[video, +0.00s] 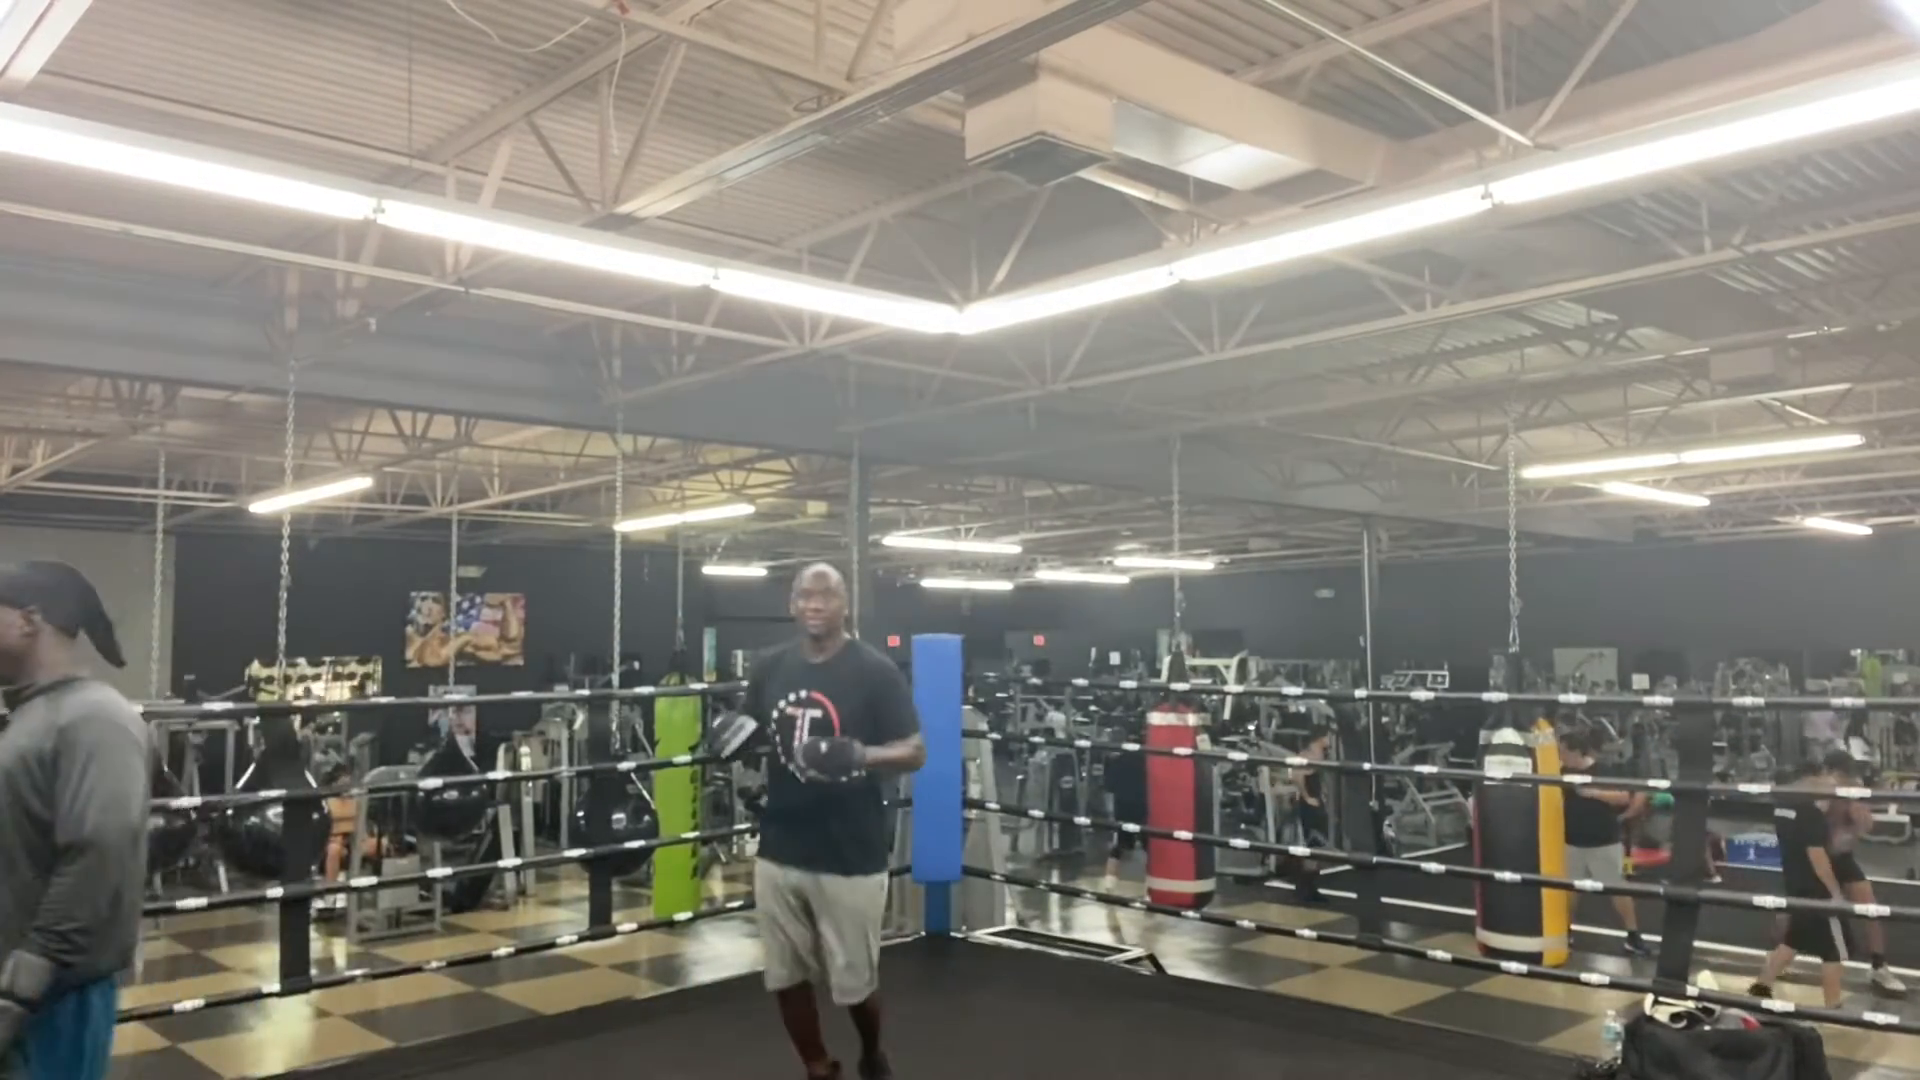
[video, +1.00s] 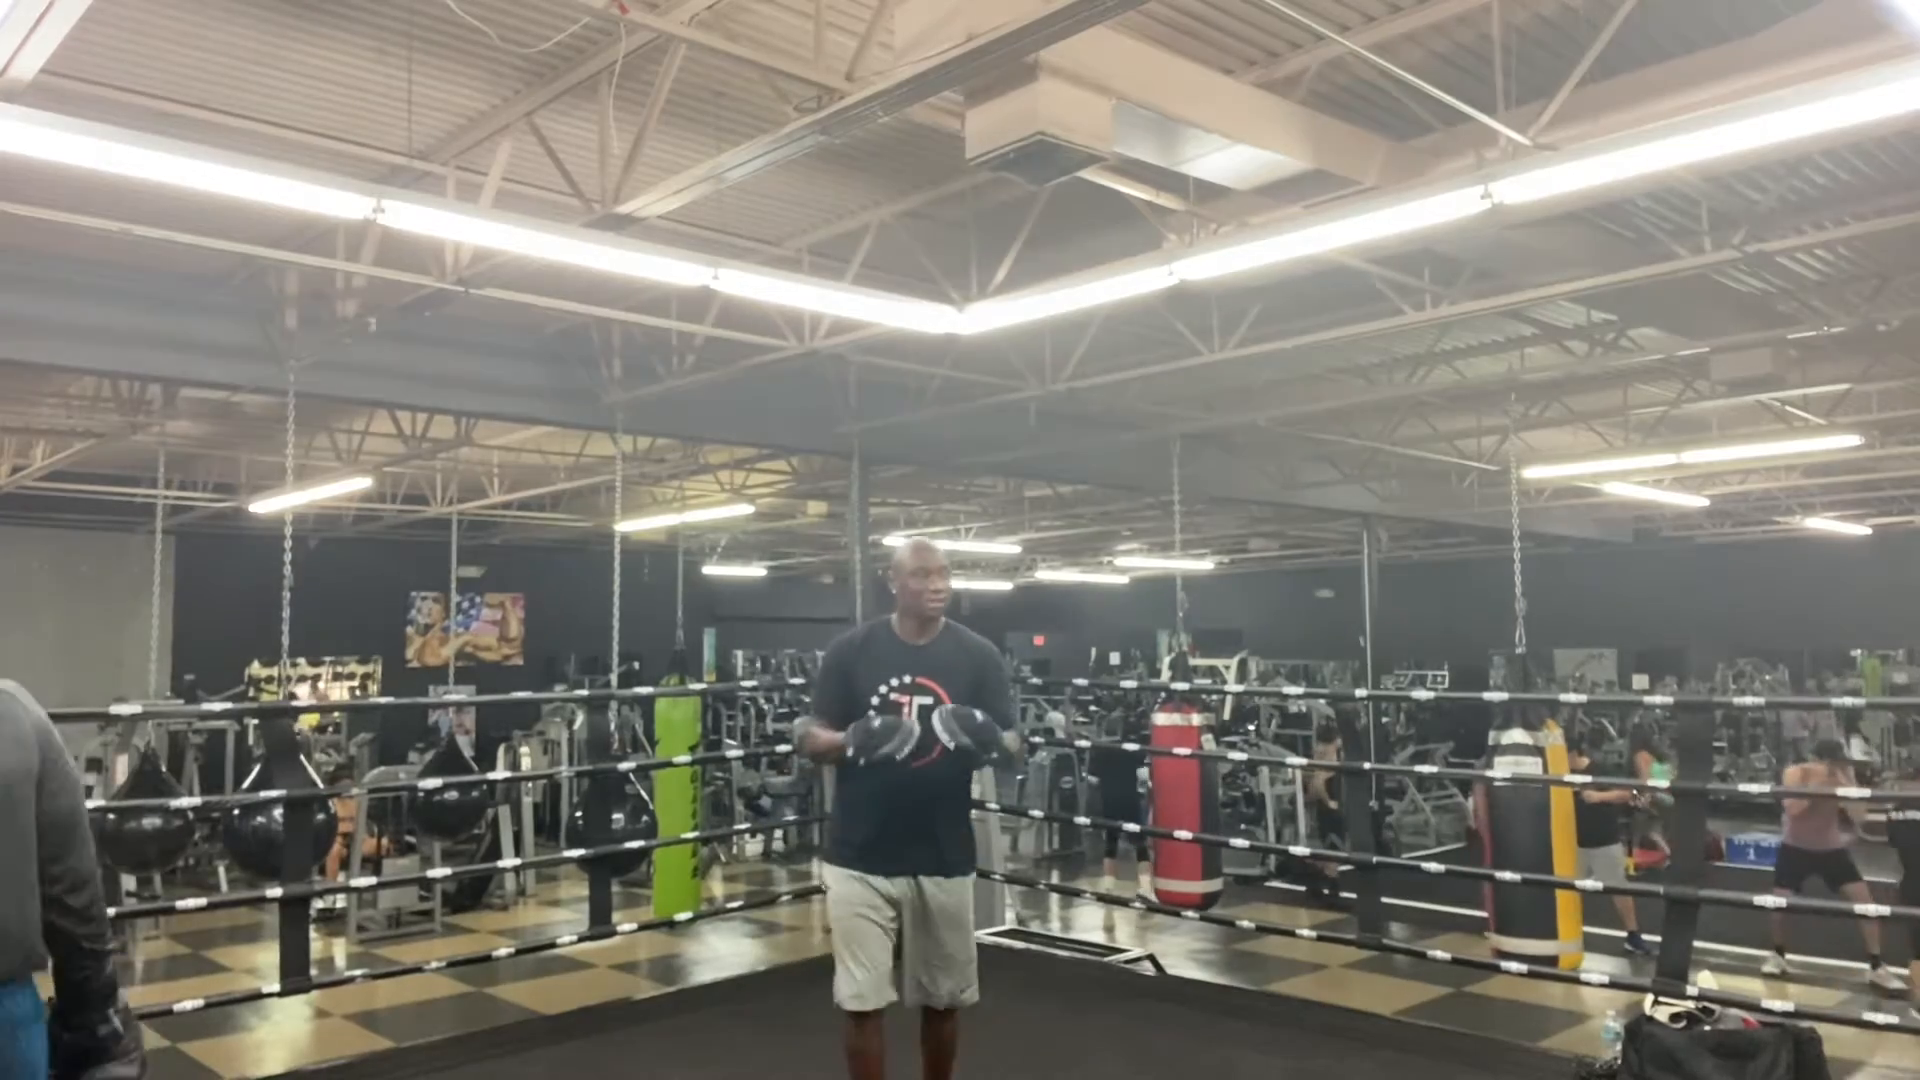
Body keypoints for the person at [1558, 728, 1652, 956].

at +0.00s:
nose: (1560, 757)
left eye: (1563, 751)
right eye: (1559, 751)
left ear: (1579, 752)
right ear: (1568, 752)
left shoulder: (1606, 773)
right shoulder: (1562, 775)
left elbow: (1622, 797)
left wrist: (1594, 793)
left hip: (1604, 843)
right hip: (1570, 842)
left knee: (1619, 890)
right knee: (1565, 890)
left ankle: (1633, 934)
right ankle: (1563, 931)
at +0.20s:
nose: (1560, 758)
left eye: (1564, 753)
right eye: (1560, 753)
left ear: (1579, 752)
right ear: (1569, 753)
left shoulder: (1606, 772)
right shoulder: (1563, 775)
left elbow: (1624, 796)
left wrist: (1593, 793)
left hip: (1605, 842)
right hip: (1571, 841)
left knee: (1619, 890)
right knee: (1566, 889)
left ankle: (1633, 934)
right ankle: (1563, 931)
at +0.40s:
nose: (1561, 758)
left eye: (1564, 753)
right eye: (1560, 754)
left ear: (1578, 752)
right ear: (1562, 754)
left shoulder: (1604, 771)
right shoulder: (1559, 775)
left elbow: (1627, 795)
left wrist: (1593, 793)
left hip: (1605, 843)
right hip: (1571, 843)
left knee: (1619, 890)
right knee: (1568, 892)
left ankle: (1633, 934)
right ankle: (1563, 934)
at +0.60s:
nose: (1562, 759)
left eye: (1565, 754)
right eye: (1561, 754)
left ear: (1578, 752)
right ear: (1561, 755)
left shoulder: (1604, 771)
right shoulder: (1559, 776)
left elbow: (1627, 794)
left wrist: (1598, 793)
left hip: (1606, 842)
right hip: (1572, 843)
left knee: (1620, 889)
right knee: (1567, 892)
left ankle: (1633, 933)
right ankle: (1562, 935)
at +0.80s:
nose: (1567, 762)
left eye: (1570, 757)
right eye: (1565, 757)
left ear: (1582, 756)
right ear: (1564, 759)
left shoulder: (1603, 773)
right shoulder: (1561, 777)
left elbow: (1626, 794)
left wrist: (1598, 794)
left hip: (1605, 841)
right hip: (1573, 842)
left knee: (1619, 890)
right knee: (1567, 892)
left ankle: (1633, 933)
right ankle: (1563, 936)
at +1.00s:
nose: (1564, 761)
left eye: (1567, 756)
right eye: (1562, 757)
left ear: (1578, 754)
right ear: (1561, 757)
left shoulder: (1600, 770)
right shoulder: (1557, 777)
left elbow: (1627, 793)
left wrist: (1599, 796)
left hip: (1604, 840)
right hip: (1573, 843)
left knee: (1620, 889)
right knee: (1566, 892)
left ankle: (1633, 934)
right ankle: (1563, 937)